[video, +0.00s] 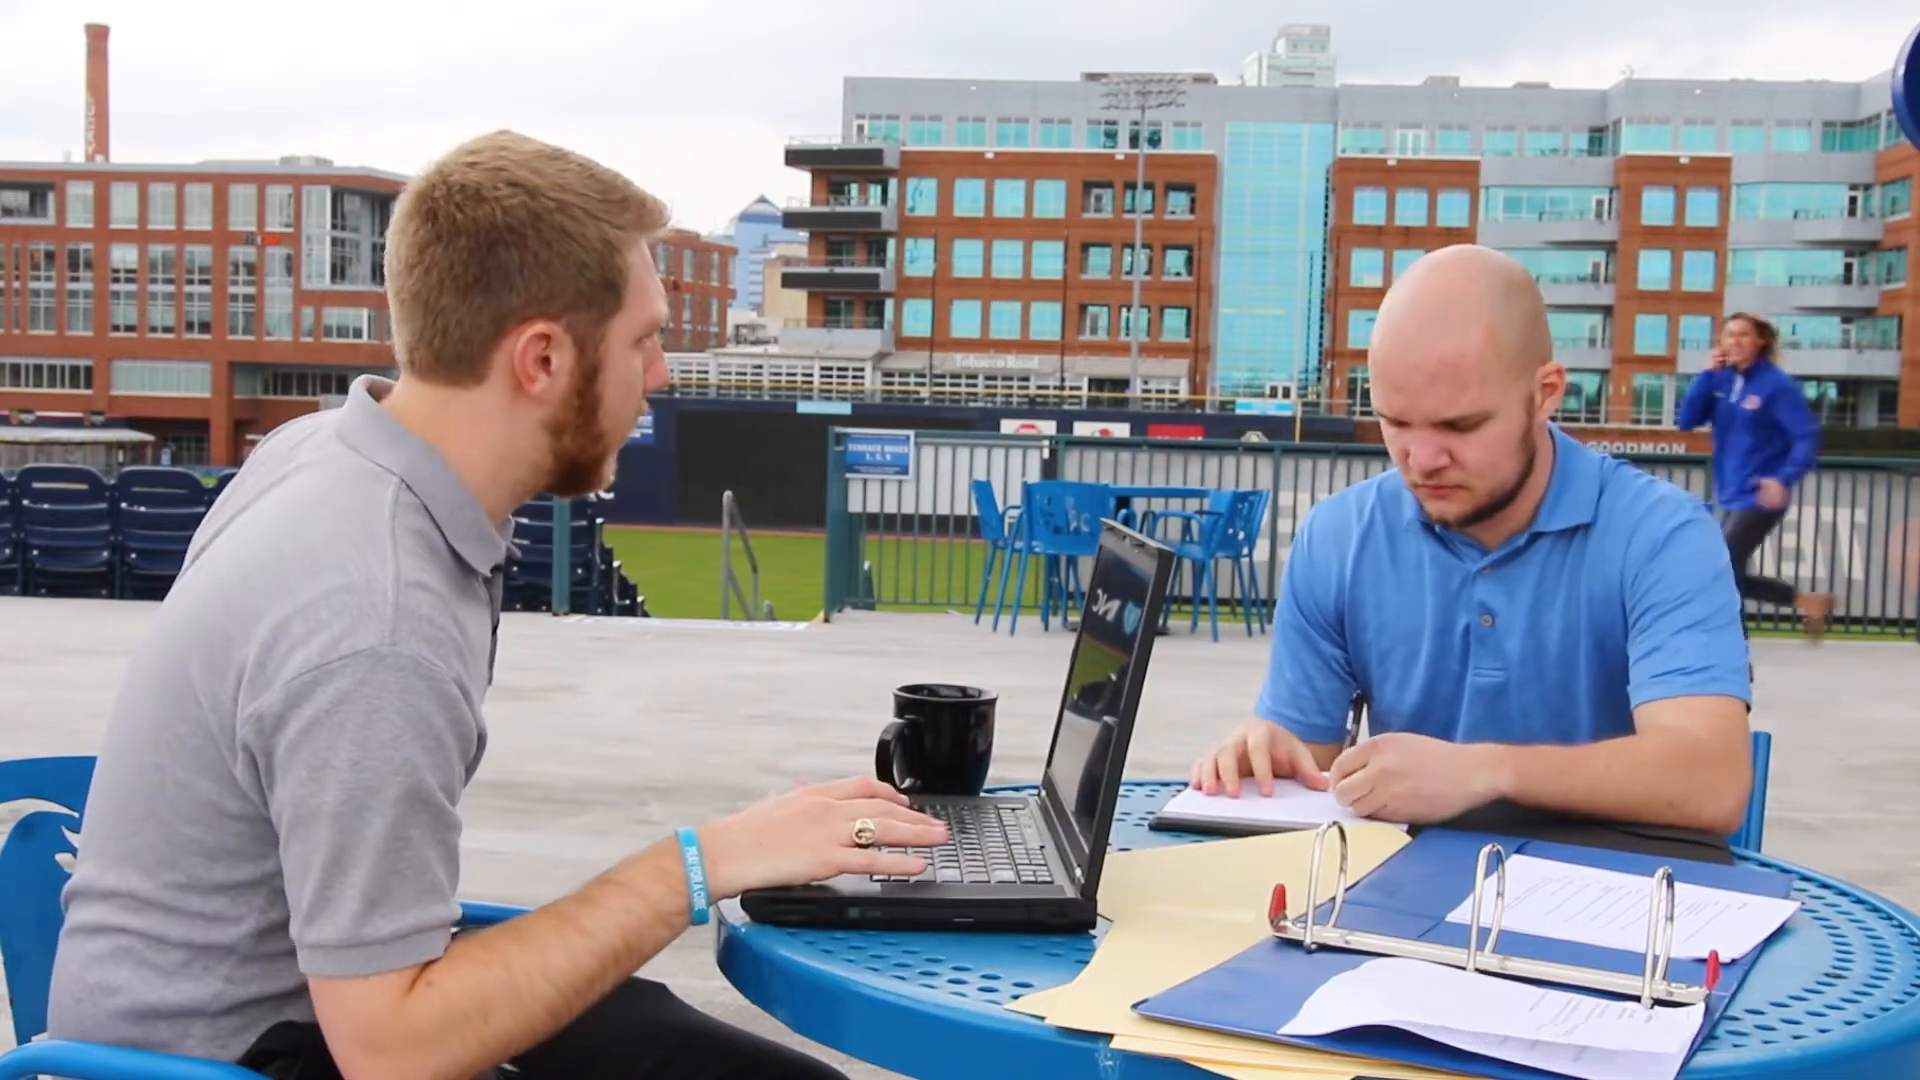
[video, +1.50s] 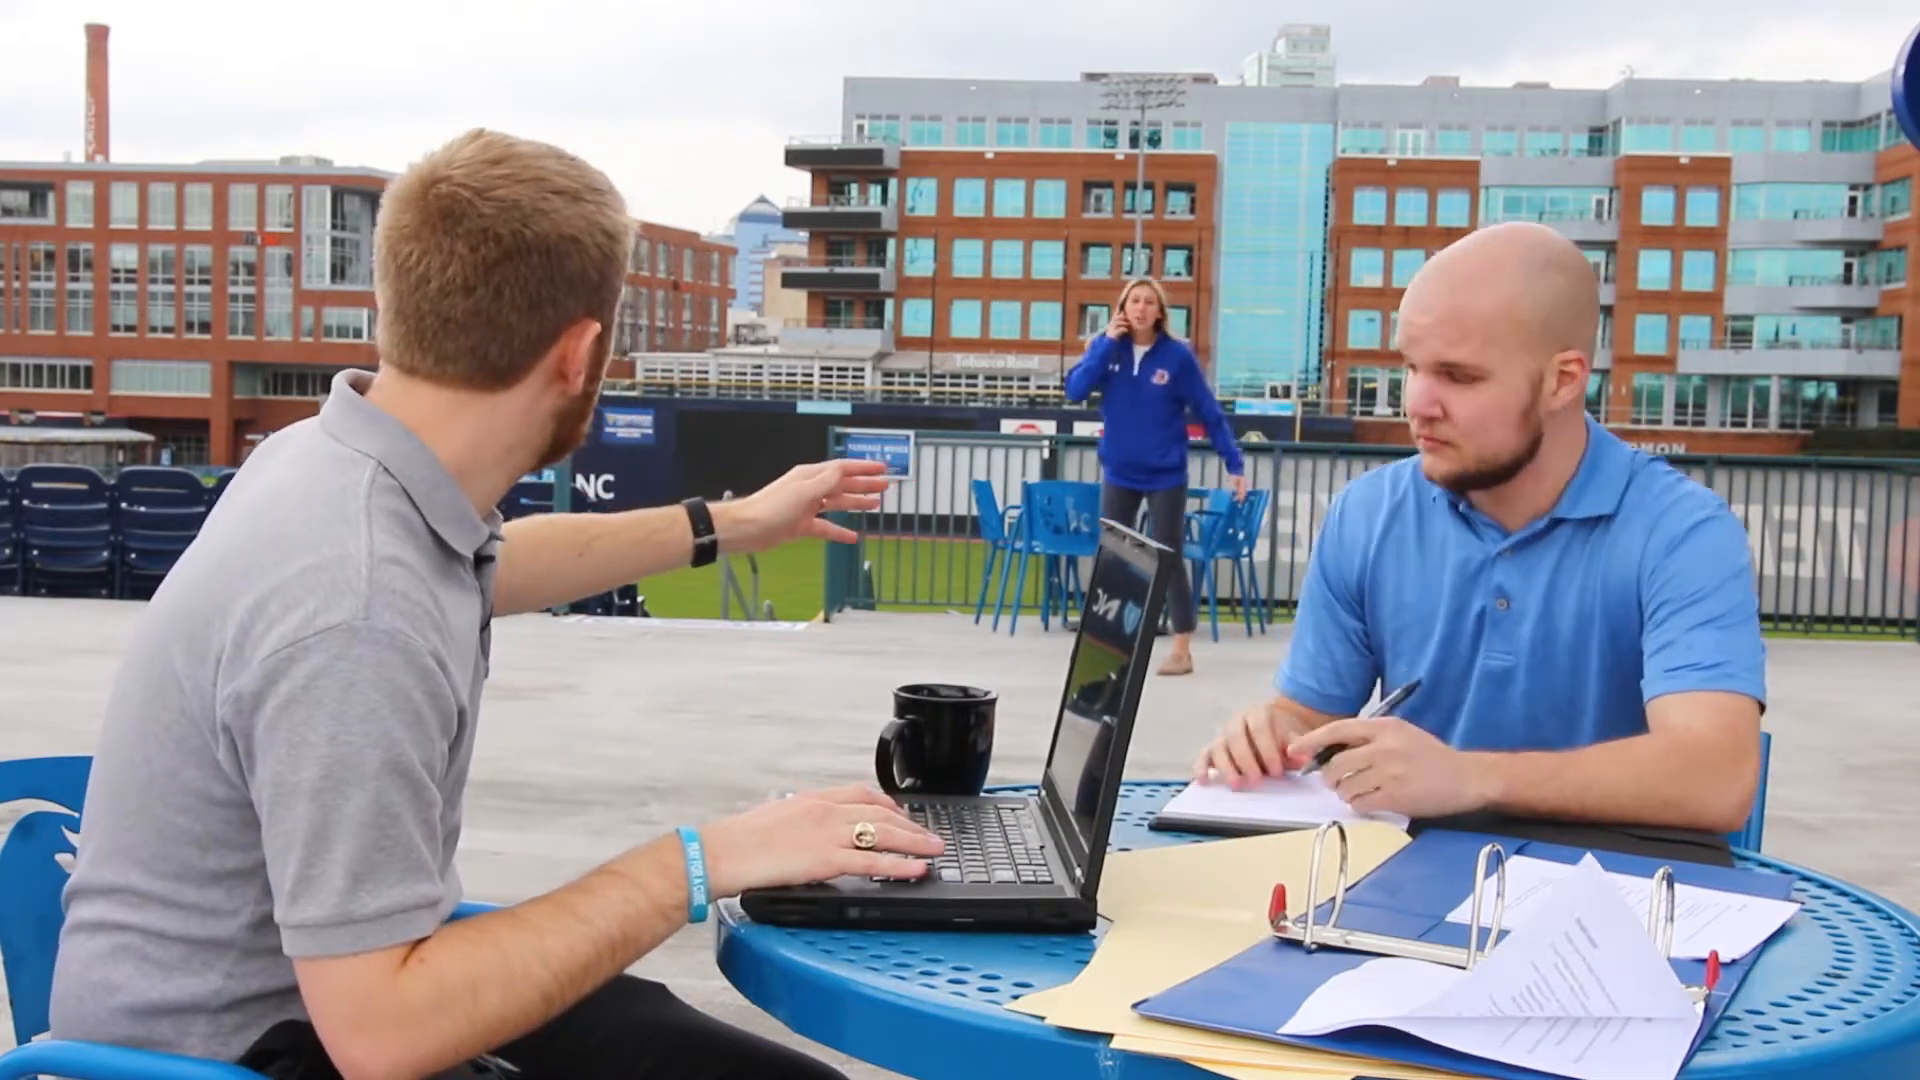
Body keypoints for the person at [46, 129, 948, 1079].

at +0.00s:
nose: (663, 377)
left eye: (661, 339)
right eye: (647, 343)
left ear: (530, 356)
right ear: (538, 362)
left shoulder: (322, 458)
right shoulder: (365, 623)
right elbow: (393, 1037)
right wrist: (711, 860)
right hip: (211, 1049)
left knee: (611, 998)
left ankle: (817, 1066)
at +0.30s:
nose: (656, 368)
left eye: (651, 331)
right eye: (637, 335)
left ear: (527, 352)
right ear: (528, 357)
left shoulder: (327, 461)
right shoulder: (363, 615)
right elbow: (390, 1037)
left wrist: (393, 943)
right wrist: (714, 859)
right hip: (211, 1053)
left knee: (612, 1000)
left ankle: (820, 1070)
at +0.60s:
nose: (606, 391)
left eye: (623, 361)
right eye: (608, 366)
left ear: (405, 325)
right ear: (543, 373)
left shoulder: (340, 463)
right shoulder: (349, 620)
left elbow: (485, 501)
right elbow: (387, 1038)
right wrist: (713, 859)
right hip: (211, 1050)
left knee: (625, 1007)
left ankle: (811, 1070)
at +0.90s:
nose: (616, 376)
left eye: (620, 343)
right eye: (621, 346)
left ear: (409, 321)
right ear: (575, 373)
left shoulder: (358, 470)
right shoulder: (333, 624)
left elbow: (551, 537)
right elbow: (382, 1038)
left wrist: (784, 498)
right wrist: (709, 860)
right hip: (214, 1048)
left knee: (630, 1004)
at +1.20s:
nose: (613, 363)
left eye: (615, 333)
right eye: (618, 335)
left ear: (407, 314)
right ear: (586, 360)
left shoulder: (326, 463)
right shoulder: (356, 616)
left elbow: (499, 568)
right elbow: (385, 1036)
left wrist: (749, 518)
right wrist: (712, 858)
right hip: (218, 1052)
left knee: (616, 999)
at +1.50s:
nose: (605, 359)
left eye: (608, 329)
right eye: (610, 330)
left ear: (397, 315)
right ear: (579, 354)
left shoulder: (323, 466)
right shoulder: (351, 610)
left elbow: (485, 571)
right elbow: (382, 1032)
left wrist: (738, 522)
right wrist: (710, 859)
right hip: (218, 1049)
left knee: (637, 1013)